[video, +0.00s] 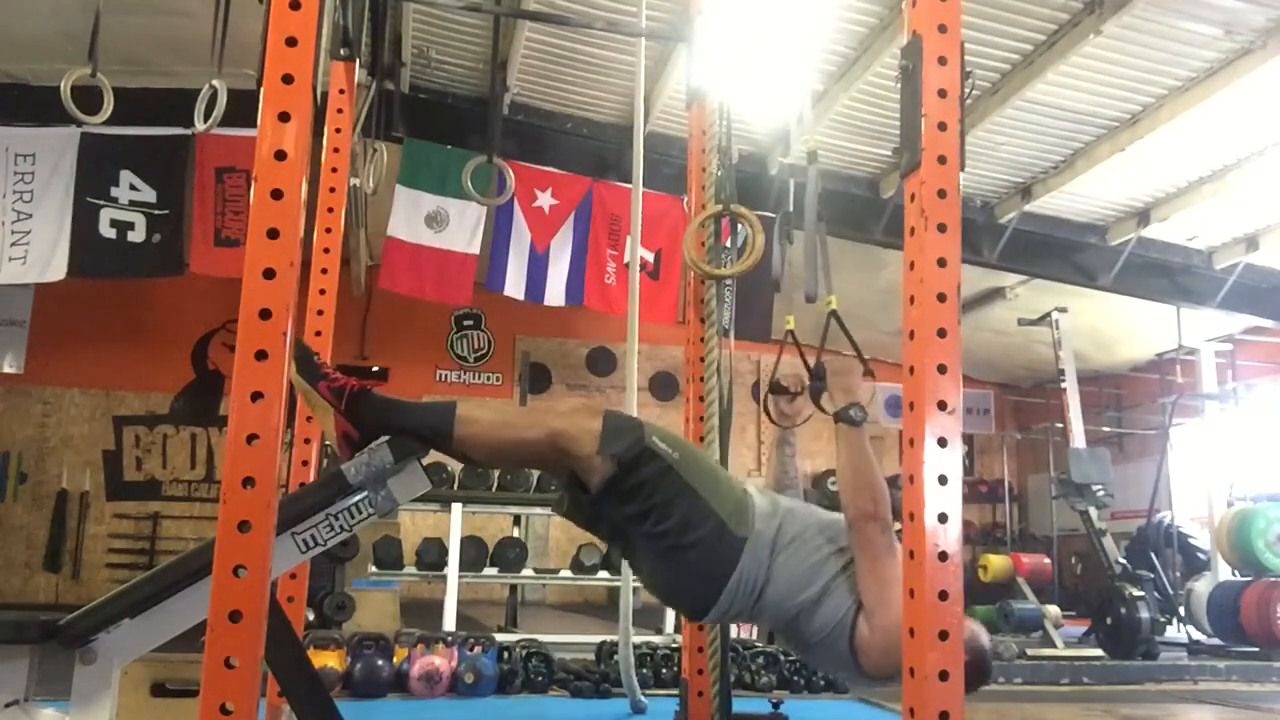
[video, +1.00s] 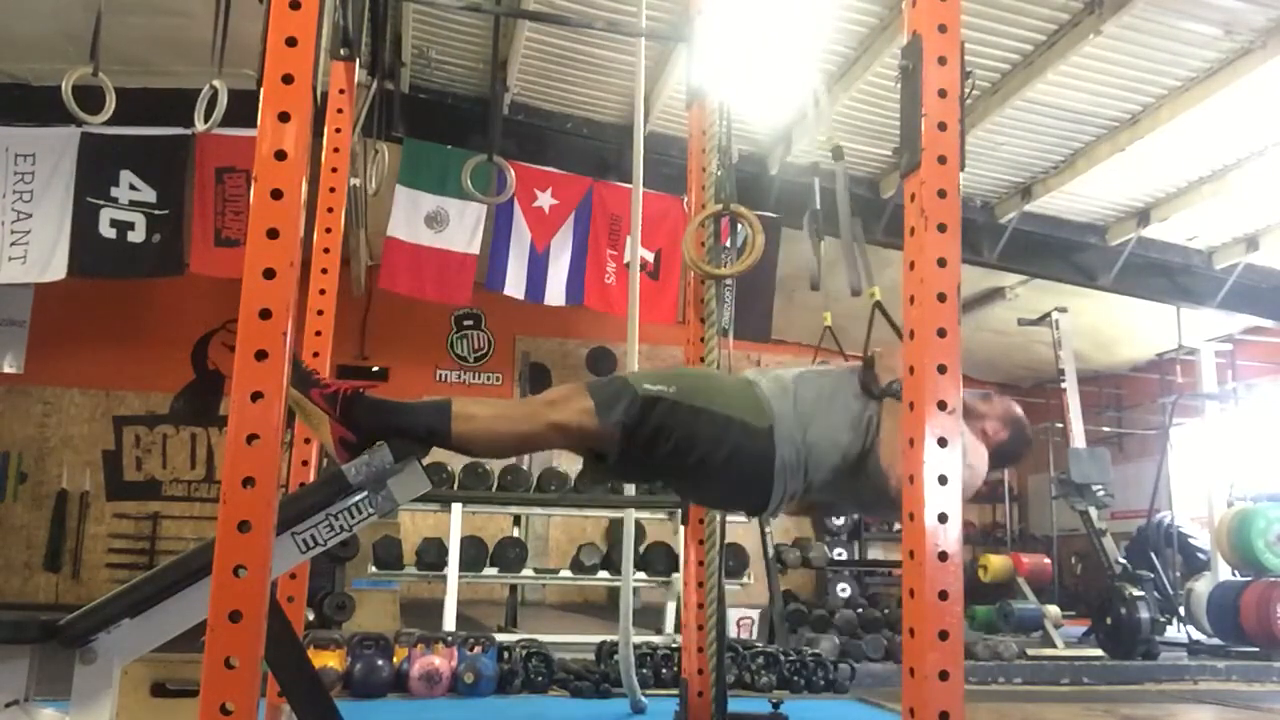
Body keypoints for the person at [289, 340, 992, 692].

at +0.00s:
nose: (947, 610)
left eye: (953, 629)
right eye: (957, 617)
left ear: (939, 659)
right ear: (942, 629)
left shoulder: (897, 649)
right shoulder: (890, 615)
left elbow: (876, 517)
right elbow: (871, 513)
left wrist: (852, 415)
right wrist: (844, 412)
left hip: (731, 554)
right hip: (734, 521)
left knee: (590, 432)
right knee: (576, 426)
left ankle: (382, 415)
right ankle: (390, 415)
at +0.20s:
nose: (944, 574)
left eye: (956, 587)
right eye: (958, 579)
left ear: (942, 661)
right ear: (951, 648)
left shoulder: (895, 658)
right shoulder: (896, 631)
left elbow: (871, 521)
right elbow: (875, 520)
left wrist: (857, 419)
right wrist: (834, 418)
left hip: (717, 576)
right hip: (734, 537)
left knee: (575, 438)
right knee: (581, 422)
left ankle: (372, 409)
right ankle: (384, 409)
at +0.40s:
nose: (945, 618)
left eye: (949, 635)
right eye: (954, 625)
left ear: (938, 665)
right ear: (943, 638)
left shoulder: (898, 656)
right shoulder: (899, 626)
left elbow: (875, 524)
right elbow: (880, 521)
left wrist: (855, 416)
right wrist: (846, 417)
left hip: (725, 572)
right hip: (737, 534)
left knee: (578, 436)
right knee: (572, 417)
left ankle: (381, 416)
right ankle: (387, 412)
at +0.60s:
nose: (971, 558)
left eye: (977, 575)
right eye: (981, 560)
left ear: (966, 610)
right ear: (964, 561)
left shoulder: (910, 629)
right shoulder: (910, 558)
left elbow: (869, 509)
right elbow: (870, 495)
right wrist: (870, 413)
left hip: (736, 529)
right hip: (733, 493)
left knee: (579, 420)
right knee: (563, 418)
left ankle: (364, 413)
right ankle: (375, 424)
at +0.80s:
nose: (986, 467)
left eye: (995, 478)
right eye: (991, 463)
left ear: (989, 508)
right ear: (978, 460)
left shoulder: (939, 528)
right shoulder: (930, 469)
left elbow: (887, 486)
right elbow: (876, 464)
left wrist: (917, 408)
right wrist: (883, 398)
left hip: (754, 468)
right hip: (745, 454)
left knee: (570, 407)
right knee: (560, 407)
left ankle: (365, 414)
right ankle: (373, 416)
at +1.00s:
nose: (992, 419)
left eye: (1002, 429)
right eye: (995, 412)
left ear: (998, 446)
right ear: (981, 401)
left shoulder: (959, 460)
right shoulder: (934, 406)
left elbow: (905, 484)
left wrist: (907, 390)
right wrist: (877, 369)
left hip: (762, 437)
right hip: (750, 420)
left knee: (577, 409)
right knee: (572, 406)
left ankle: (375, 420)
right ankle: (382, 419)